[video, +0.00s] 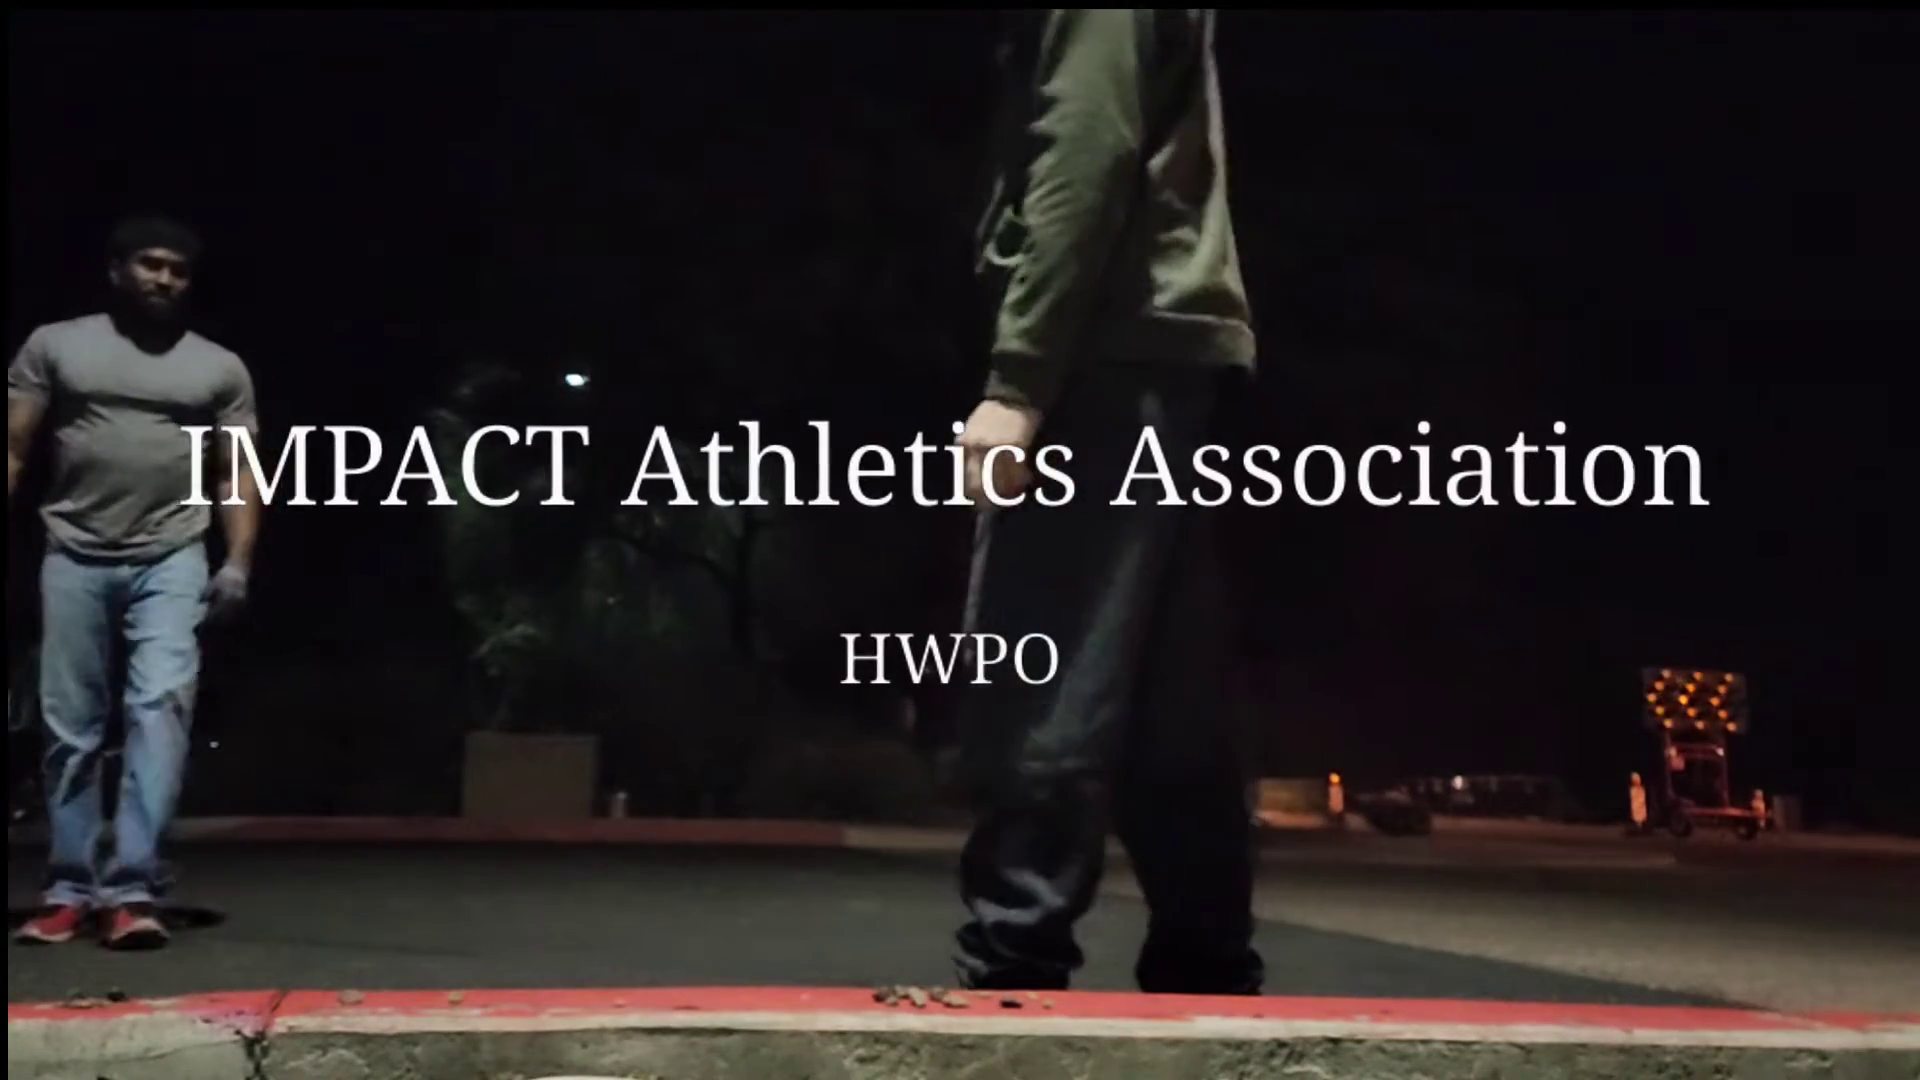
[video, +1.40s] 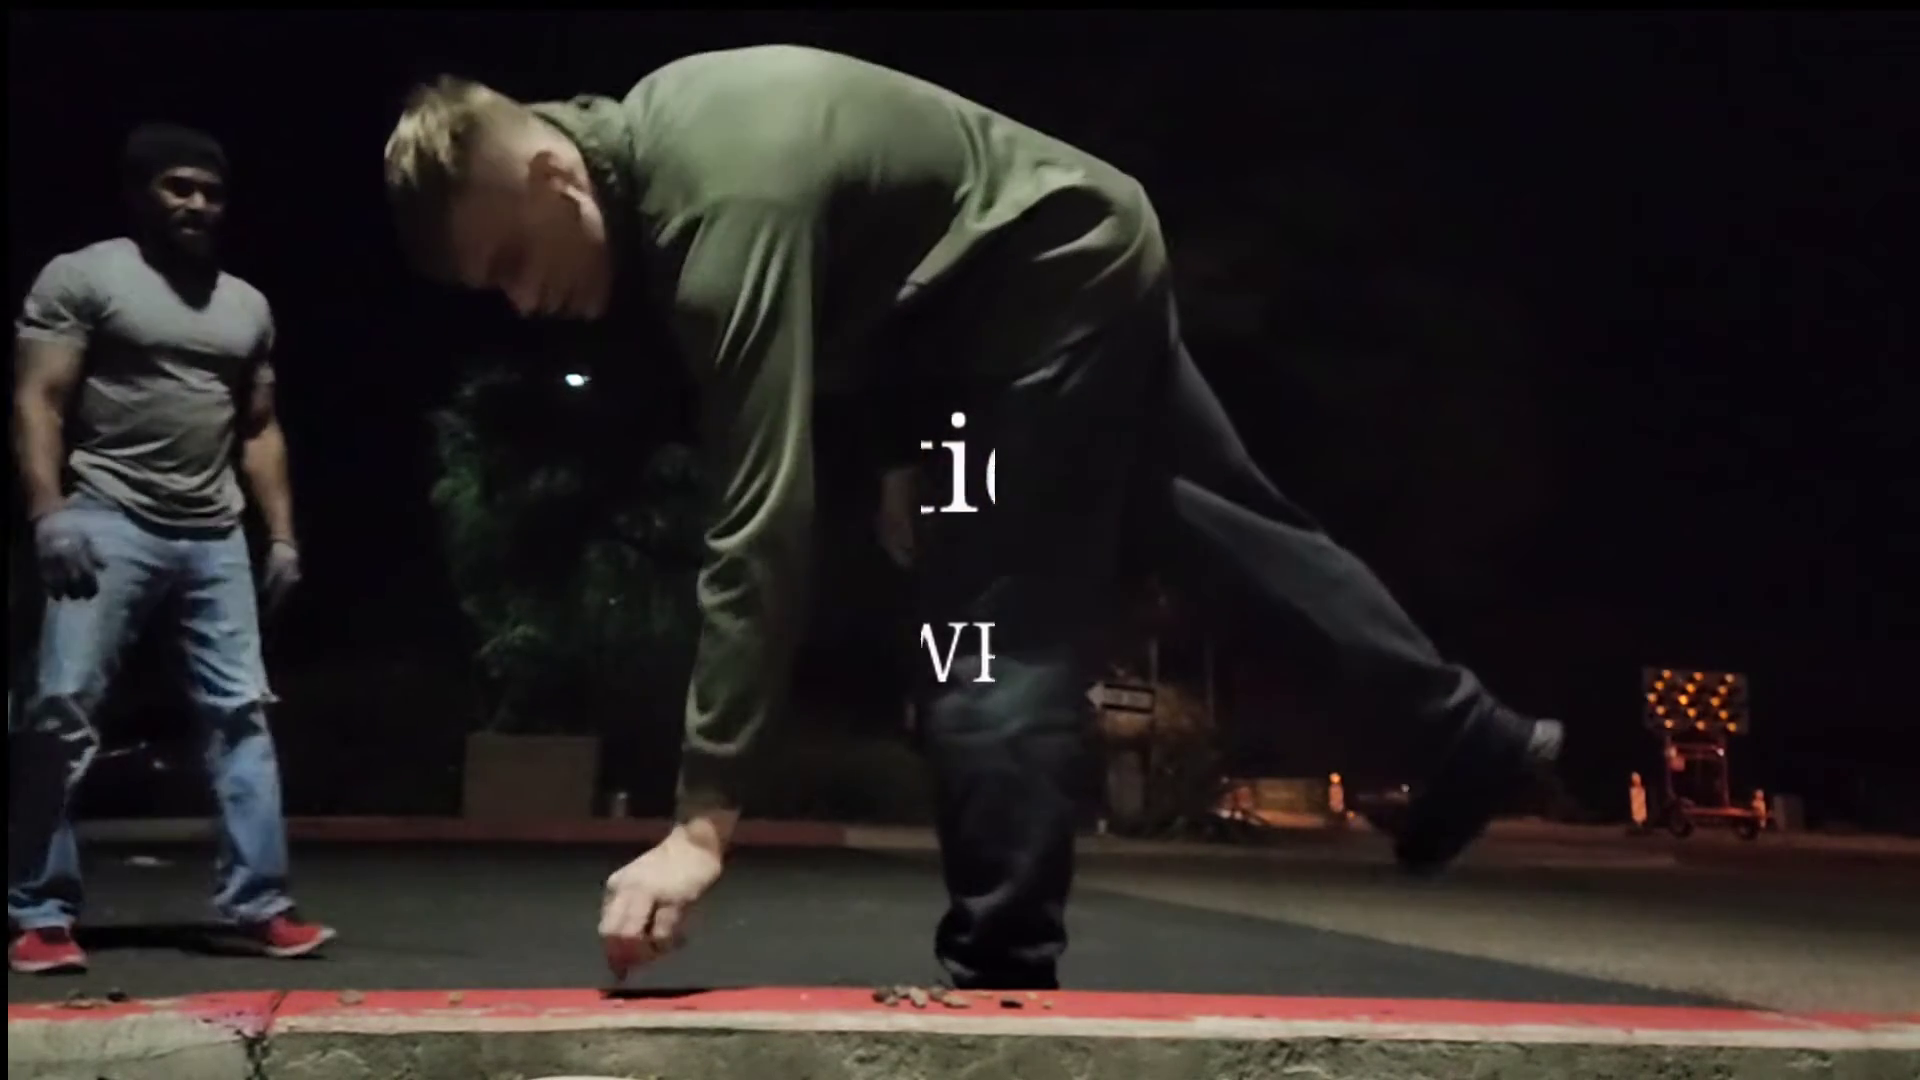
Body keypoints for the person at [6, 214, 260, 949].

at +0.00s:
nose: (162, 281)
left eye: (175, 270)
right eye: (148, 266)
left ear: (191, 282)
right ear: (116, 271)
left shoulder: (222, 372)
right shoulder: (55, 349)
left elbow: (242, 478)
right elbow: (14, 453)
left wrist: (238, 559)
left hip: (173, 560)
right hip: (74, 558)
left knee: (159, 705)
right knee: (71, 725)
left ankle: (131, 891)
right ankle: (70, 890)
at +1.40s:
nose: (198, 206)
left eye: (211, 193)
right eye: (180, 189)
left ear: (226, 205)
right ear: (143, 195)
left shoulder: (246, 307)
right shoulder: (83, 279)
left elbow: (260, 425)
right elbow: (40, 399)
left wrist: (281, 532)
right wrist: (49, 511)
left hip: (215, 529)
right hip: (107, 518)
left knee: (243, 709)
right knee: (65, 707)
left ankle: (258, 903)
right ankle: (40, 911)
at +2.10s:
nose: (352, 239)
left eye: (363, 227)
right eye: (338, 222)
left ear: (373, 236)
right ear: (295, 219)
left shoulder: (386, 332)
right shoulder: (225, 293)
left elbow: (405, 444)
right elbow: (179, 406)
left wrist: (430, 545)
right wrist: (186, 517)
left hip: (332, 544)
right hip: (235, 529)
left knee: (310, 717)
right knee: (168, 710)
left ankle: (265, 907)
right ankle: (90, 907)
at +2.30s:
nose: (372, 247)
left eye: (384, 236)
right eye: (358, 229)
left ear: (392, 245)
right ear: (316, 225)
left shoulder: (400, 343)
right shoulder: (242, 295)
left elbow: (407, 453)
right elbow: (186, 405)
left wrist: (422, 555)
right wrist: (184, 515)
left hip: (337, 548)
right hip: (240, 529)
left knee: (311, 719)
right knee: (175, 707)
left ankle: (264, 906)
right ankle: (96, 905)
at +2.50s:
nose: (376, 249)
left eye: (390, 237)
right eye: (363, 230)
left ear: (400, 248)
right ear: (324, 226)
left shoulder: (398, 348)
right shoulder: (250, 294)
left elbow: (412, 454)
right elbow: (183, 398)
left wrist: (438, 544)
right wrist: (167, 497)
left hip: (336, 548)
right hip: (239, 529)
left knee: (307, 719)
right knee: (185, 706)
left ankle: (263, 906)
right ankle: (124, 903)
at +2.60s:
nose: (375, 243)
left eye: (388, 234)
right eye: (363, 226)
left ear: (397, 246)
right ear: (322, 222)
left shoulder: (397, 345)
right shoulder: (245, 293)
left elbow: (418, 450)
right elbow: (179, 391)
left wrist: (467, 530)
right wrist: (157, 467)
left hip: (331, 546)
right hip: (234, 524)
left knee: (308, 717)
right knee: (187, 711)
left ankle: (264, 905)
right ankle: (149, 906)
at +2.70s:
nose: (368, 244)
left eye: (382, 234)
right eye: (354, 226)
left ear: (392, 245)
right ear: (315, 222)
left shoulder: (392, 340)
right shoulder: (240, 290)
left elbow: (417, 449)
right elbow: (181, 385)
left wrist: (488, 516)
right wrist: (177, 437)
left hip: (325, 544)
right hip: (233, 527)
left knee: (303, 716)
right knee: (200, 705)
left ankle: (264, 905)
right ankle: (168, 909)